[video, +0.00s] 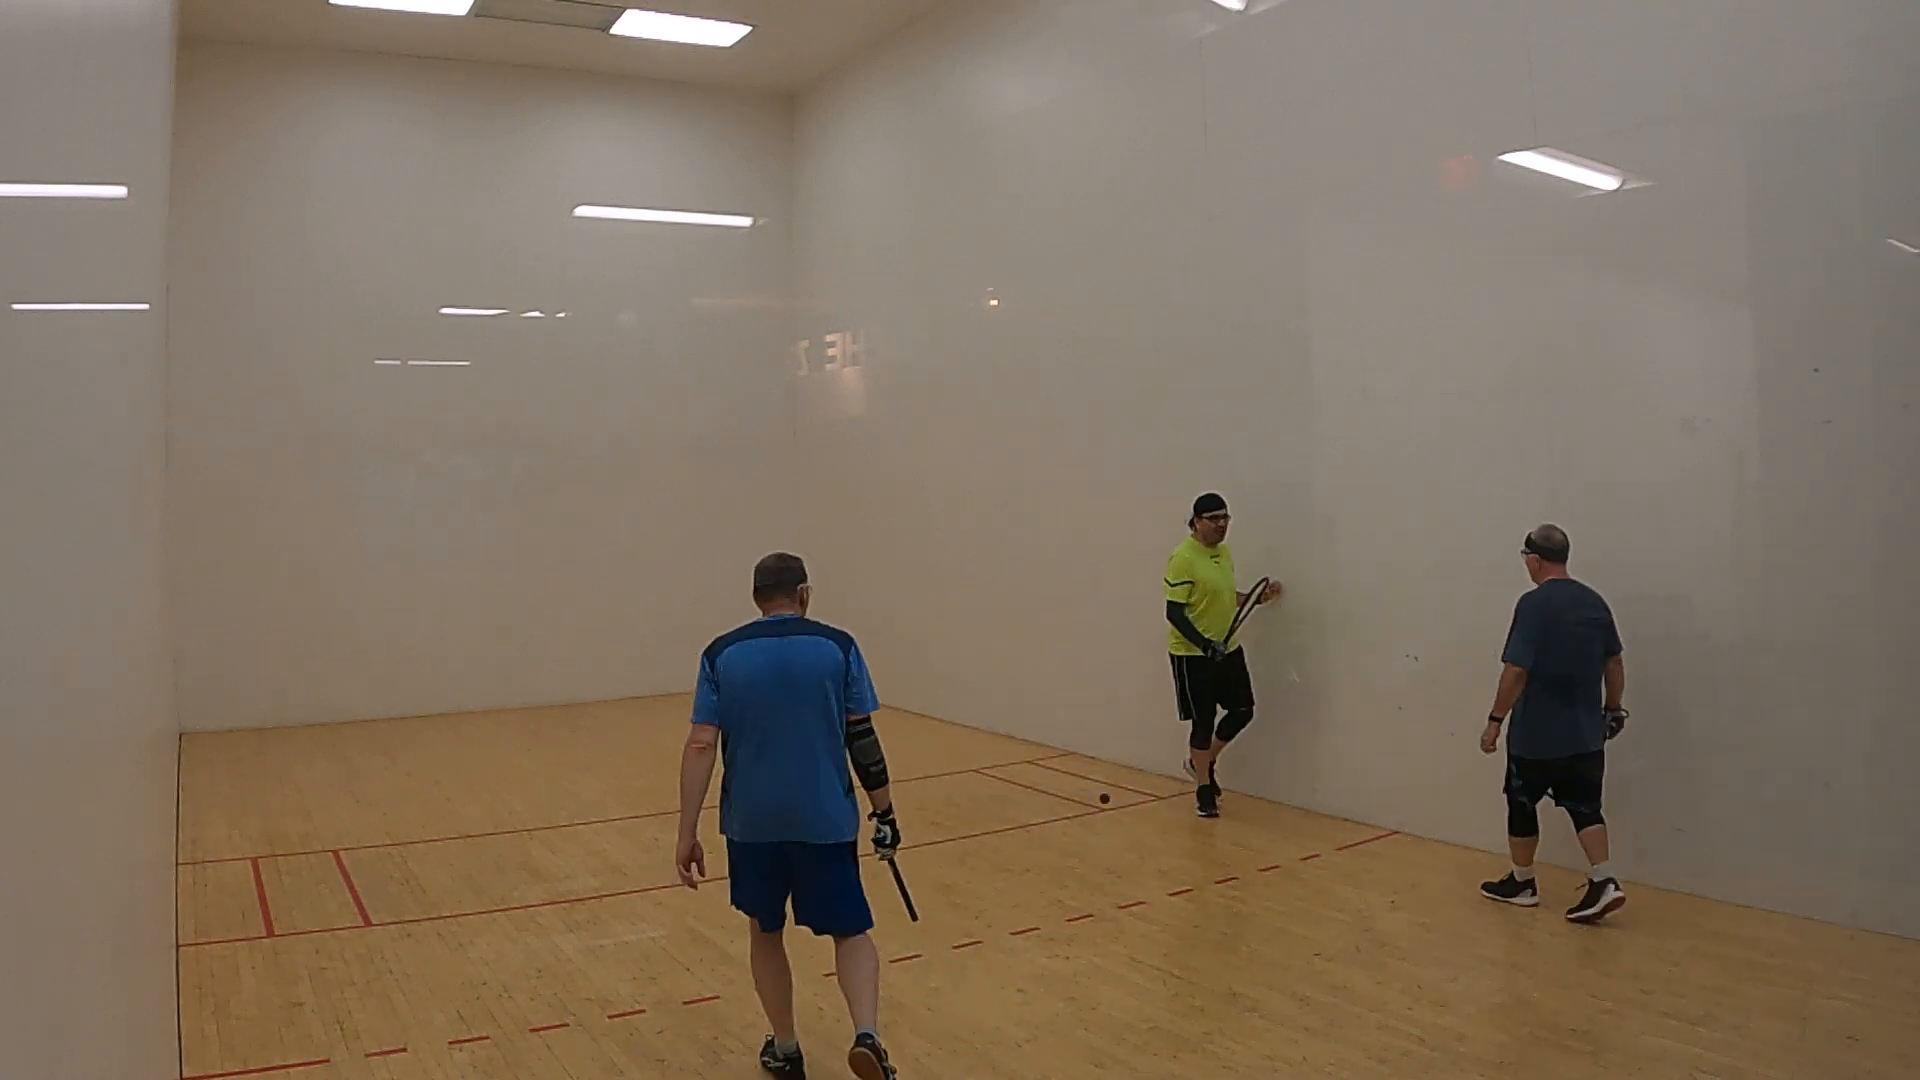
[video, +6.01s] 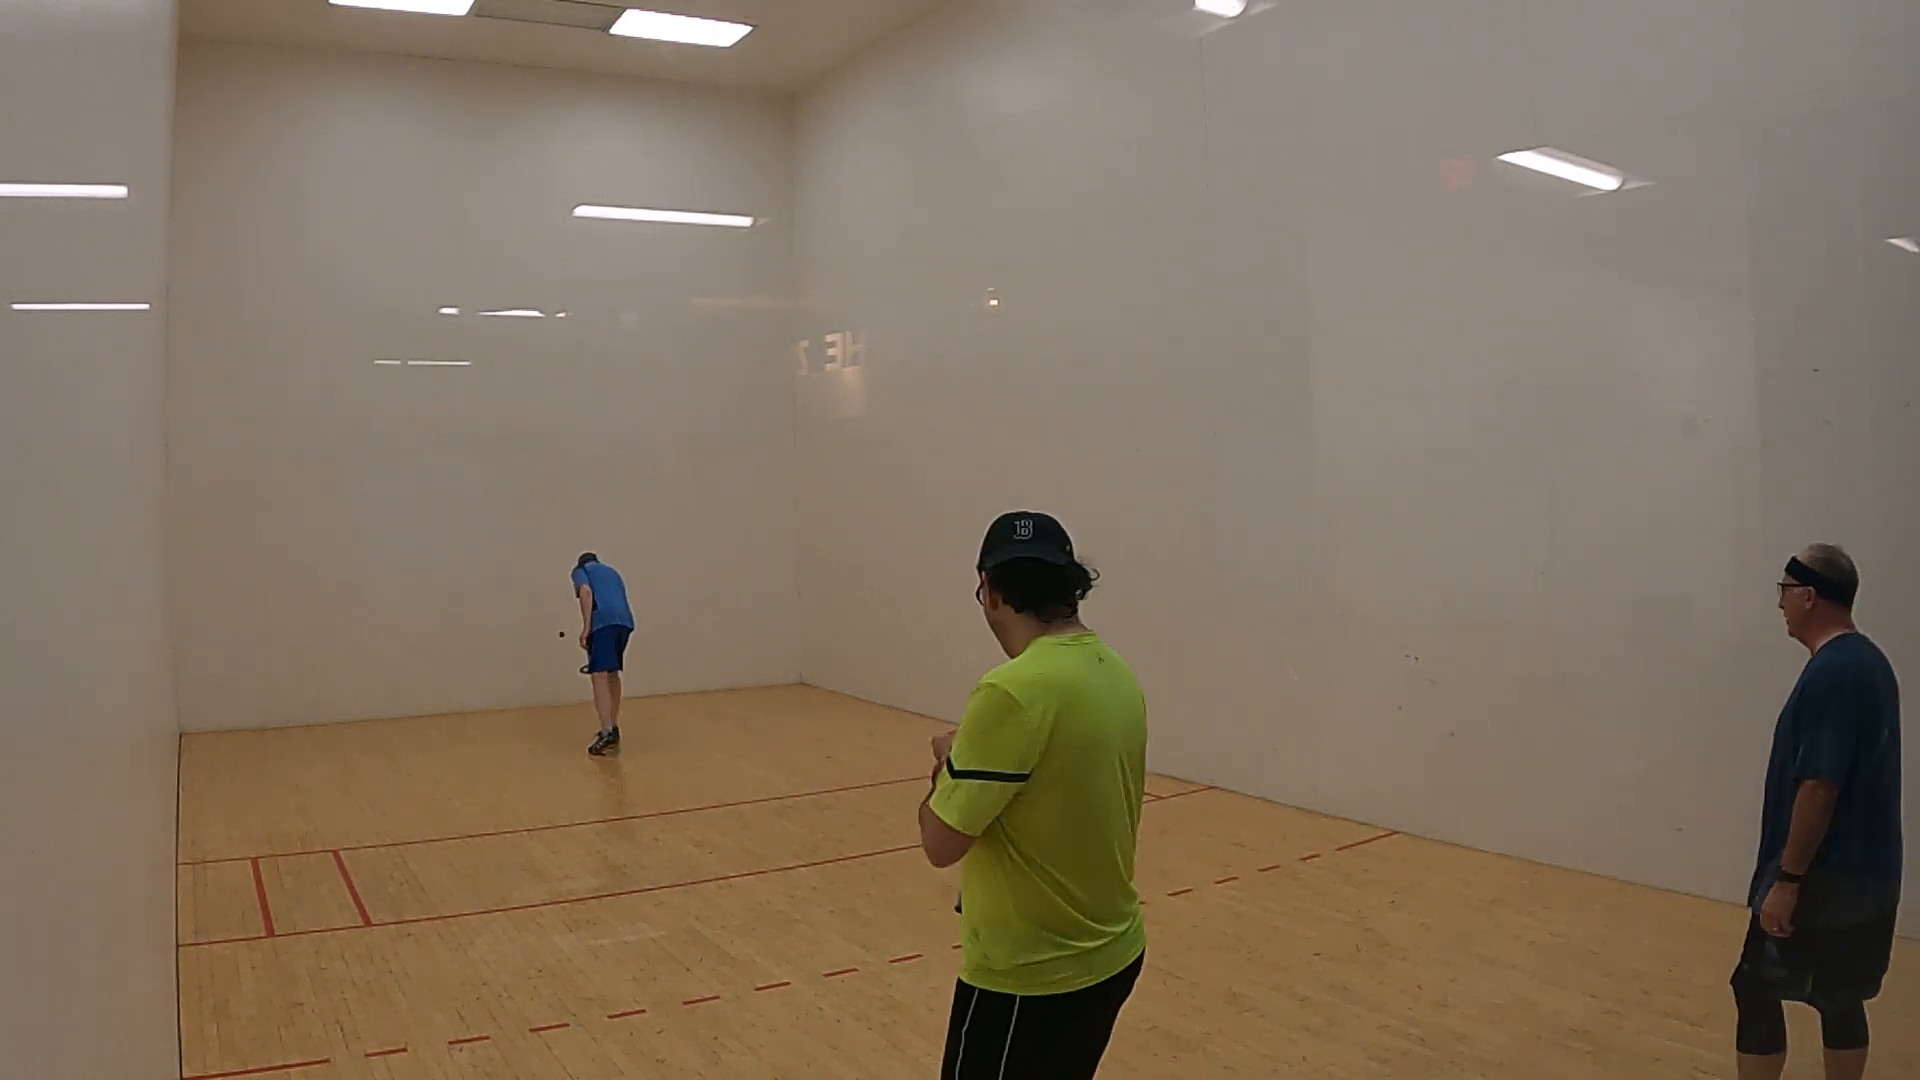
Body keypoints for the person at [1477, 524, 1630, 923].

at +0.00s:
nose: (1525, 561)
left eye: (1526, 556)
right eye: (1526, 555)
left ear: (1536, 559)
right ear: (1564, 558)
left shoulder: (1533, 604)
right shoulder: (1594, 602)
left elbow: (1516, 670)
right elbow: (1614, 661)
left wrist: (1495, 719)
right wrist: (1614, 709)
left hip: (1536, 732)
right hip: (1585, 732)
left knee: (1520, 799)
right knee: (1584, 805)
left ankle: (1521, 882)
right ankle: (1603, 883)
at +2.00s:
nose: (1578, 584)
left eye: (1587, 577)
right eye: (1572, 576)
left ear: (1604, 573)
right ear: (1562, 572)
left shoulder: (1629, 614)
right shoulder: (1544, 614)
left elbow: (1654, 675)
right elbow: (1523, 676)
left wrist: (1665, 732)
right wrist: (1510, 730)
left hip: (1613, 751)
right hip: (1559, 749)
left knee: (1607, 830)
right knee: (1556, 834)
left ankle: (1598, 892)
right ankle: (1557, 923)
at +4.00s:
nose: (1747, 615)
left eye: (1754, 604)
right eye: (1736, 604)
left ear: (1761, 602)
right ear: (1704, 600)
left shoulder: (1772, 656)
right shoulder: (1666, 660)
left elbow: (1785, 744)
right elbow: (1638, 757)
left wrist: (1792, 818)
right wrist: (1637, 837)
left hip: (1752, 839)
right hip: (1681, 839)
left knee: (1739, 962)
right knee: (1669, 953)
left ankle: (1715, 1069)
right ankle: (1630, 1005)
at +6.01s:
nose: (1780, 600)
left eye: (1786, 589)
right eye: (1782, 589)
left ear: (1812, 597)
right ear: (1835, 599)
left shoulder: (1833, 670)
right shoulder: (1869, 663)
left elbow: (1818, 787)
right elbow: (1858, 787)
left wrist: (1786, 881)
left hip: (1816, 881)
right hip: (1861, 881)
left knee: (1754, 988)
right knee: (1841, 997)